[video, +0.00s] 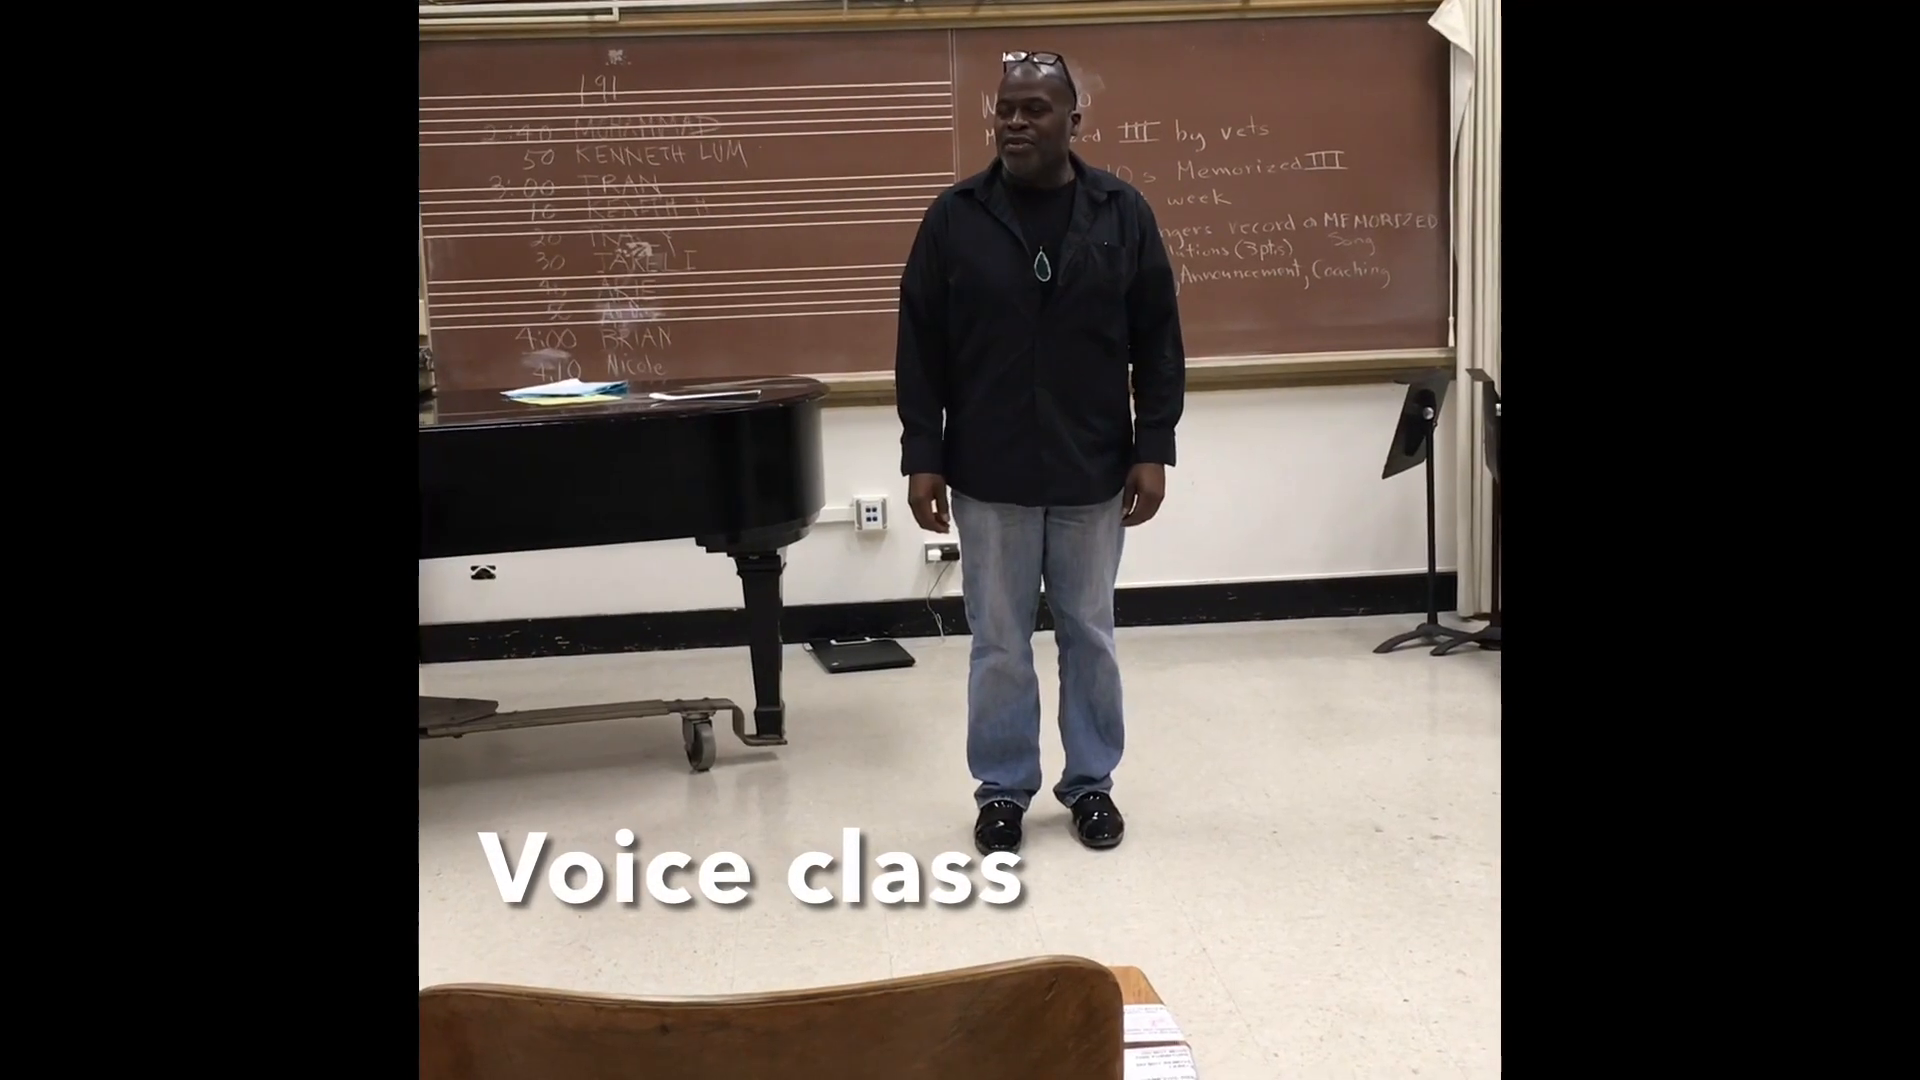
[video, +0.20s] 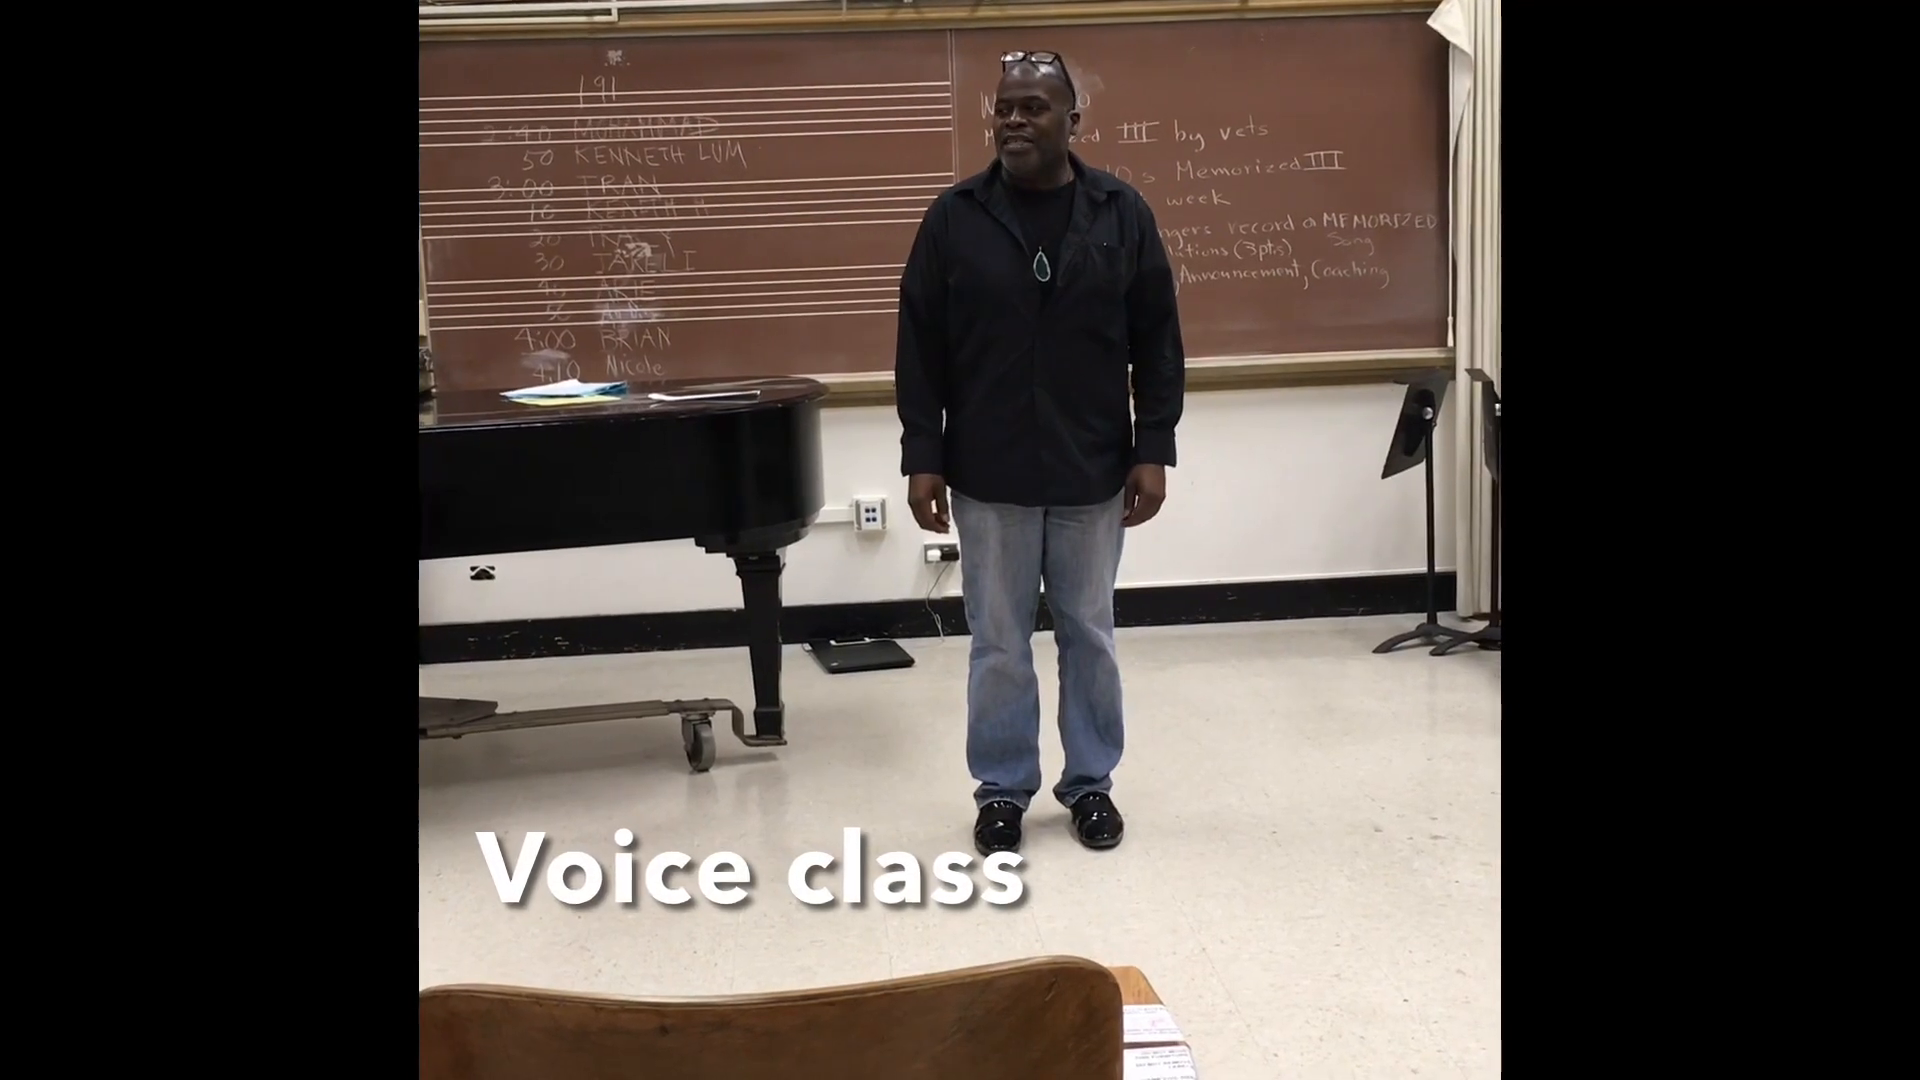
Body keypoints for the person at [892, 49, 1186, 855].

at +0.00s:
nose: (1014, 123)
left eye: (1034, 110)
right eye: (1005, 109)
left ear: (1074, 119)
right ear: (992, 117)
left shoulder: (1122, 213)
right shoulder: (953, 217)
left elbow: (1158, 339)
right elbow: (919, 343)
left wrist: (1152, 451)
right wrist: (921, 459)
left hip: (1092, 462)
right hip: (988, 464)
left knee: (1089, 633)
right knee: (999, 640)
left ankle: (1091, 784)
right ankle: (1001, 792)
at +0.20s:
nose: (1012, 122)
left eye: (1031, 110)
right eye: (1003, 109)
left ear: (1073, 119)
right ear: (992, 117)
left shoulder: (1121, 213)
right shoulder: (953, 217)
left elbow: (1158, 339)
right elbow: (919, 344)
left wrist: (1153, 452)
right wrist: (922, 459)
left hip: (1092, 462)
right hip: (988, 464)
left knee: (1089, 633)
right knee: (998, 640)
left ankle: (1090, 785)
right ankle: (1000, 791)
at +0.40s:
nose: (1013, 122)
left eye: (1032, 110)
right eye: (1003, 109)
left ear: (1072, 120)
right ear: (990, 118)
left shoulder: (1120, 214)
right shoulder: (953, 218)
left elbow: (1157, 339)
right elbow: (919, 344)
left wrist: (1153, 453)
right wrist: (920, 460)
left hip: (1091, 463)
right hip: (987, 465)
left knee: (1088, 634)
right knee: (998, 640)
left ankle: (1090, 785)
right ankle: (999, 791)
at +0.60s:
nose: (1011, 122)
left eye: (1030, 109)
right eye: (1002, 109)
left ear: (1070, 118)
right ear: (989, 118)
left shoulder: (1119, 213)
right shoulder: (952, 217)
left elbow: (1155, 339)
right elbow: (917, 343)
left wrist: (1150, 452)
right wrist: (919, 458)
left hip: (1089, 461)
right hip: (986, 464)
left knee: (1086, 634)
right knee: (996, 640)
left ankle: (1088, 785)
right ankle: (997, 791)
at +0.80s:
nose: (1011, 123)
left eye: (1029, 110)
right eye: (1000, 110)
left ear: (1069, 118)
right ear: (987, 119)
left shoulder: (1118, 212)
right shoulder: (950, 216)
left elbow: (1154, 339)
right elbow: (916, 343)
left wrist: (1148, 451)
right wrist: (918, 458)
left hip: (1088, 461)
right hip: (984, 464)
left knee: (1084, 632)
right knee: (994, 639)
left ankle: (1085, 782)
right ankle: (995, 788)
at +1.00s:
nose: (1009, 123)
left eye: (1027, 109)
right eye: (998, 109)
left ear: (1067, 117)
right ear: (985, 116)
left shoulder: (1116, 210)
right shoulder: (949, 214)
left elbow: (1153, 337)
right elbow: (915, 342)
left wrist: (1148, 448)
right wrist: (918, 455)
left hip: (1087, 459)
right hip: (983, 462)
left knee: (1083, 630)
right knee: (993, 637)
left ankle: (1084, 780)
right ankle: (994, 785)